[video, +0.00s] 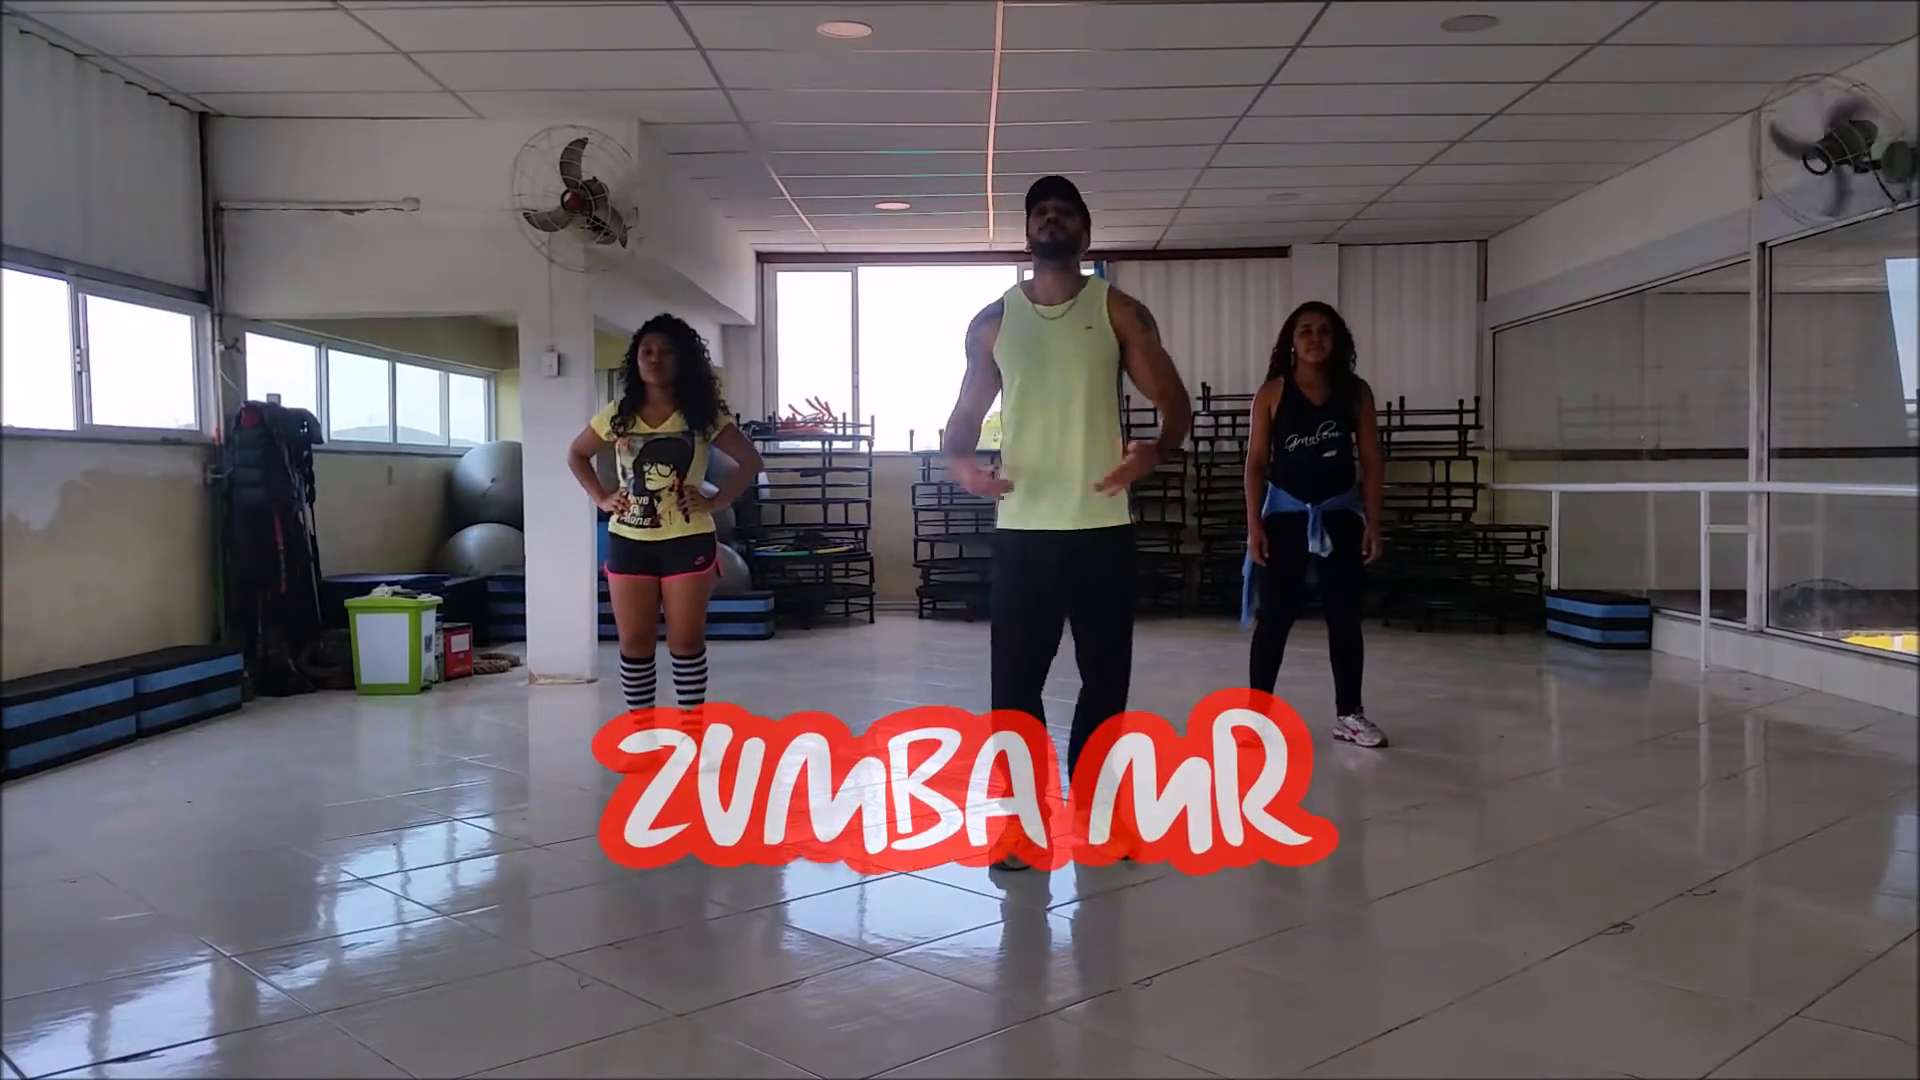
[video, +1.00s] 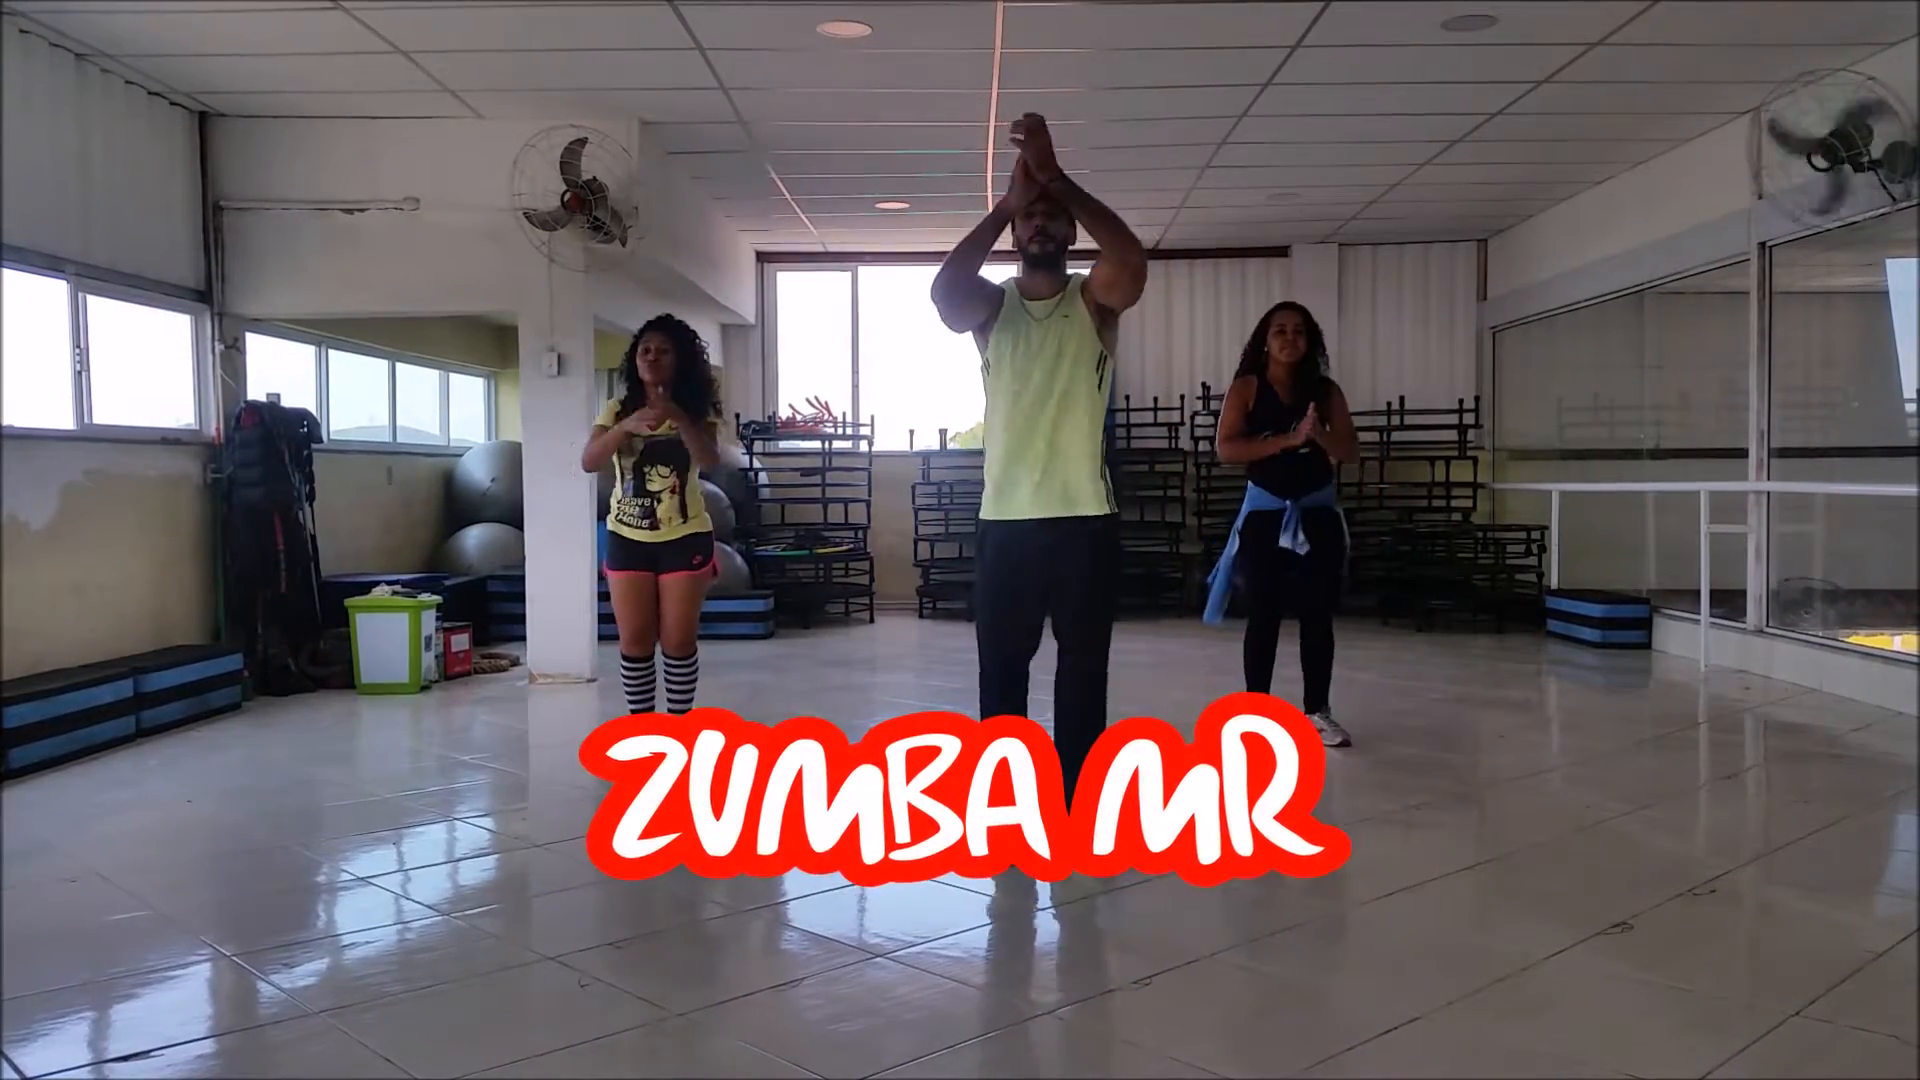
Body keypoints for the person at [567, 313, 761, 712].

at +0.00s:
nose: (653, 358)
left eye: (664, 351)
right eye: (646, 350)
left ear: (682, 360)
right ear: (635, 359)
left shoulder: (702, 413)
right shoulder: (619, 412)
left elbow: (751, 462)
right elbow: (577, 454)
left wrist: (714, 503)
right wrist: (601, 496)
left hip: (688, 542)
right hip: (629, 544)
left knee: (686, 644)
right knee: (634, 647)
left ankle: (692, 736)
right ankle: (642, 738)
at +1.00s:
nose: (651, 357)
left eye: (662, 351)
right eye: (644, 350)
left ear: (680, 361)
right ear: (635, 359)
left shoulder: (696, 410)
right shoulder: (619, 409)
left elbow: (709, 460)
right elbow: (590, 460)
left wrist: (678, 417)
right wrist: (626, 427)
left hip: (685, 538)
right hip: (627, 538)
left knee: (678, 643)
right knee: (634, 643)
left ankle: (679, 733)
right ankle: (641, 734)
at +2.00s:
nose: (654, 355)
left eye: (665, 349)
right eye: (646, 348)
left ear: (684, 360)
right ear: (634, 356)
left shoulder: (696, 404)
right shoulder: (615, 402)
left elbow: (723, 343)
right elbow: (573, 345)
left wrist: (700, 284)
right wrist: (597, 286)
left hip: (685, 538)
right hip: (628, 539)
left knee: (678, 641)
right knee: (636, 645)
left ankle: (685, 729)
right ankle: (645, 736)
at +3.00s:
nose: (659, 359)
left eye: (670, 351)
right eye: (651, 351)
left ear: (686, 360)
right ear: (638, 358)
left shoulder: (700, 405)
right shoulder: (617, 404)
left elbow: (726, 343)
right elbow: (582, 347)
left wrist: (708, 280)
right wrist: (595, 282)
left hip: (688, 538)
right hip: (631, 539)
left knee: (678, 633)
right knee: (638, 645)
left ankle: (691, 722)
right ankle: (650, 736)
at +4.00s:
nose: (655, 362)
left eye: (666, 355)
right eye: (647, 353)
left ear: (682, 363)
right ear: (635, 360)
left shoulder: (697, 407)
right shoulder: (617, 406)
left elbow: (725, 345)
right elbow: (584, 349)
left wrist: (711, 284)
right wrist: (590, 283)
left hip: (688, 541)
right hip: (631, 542)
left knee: (678, 634)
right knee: (638, 644)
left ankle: (692, 720)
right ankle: (654, 739)